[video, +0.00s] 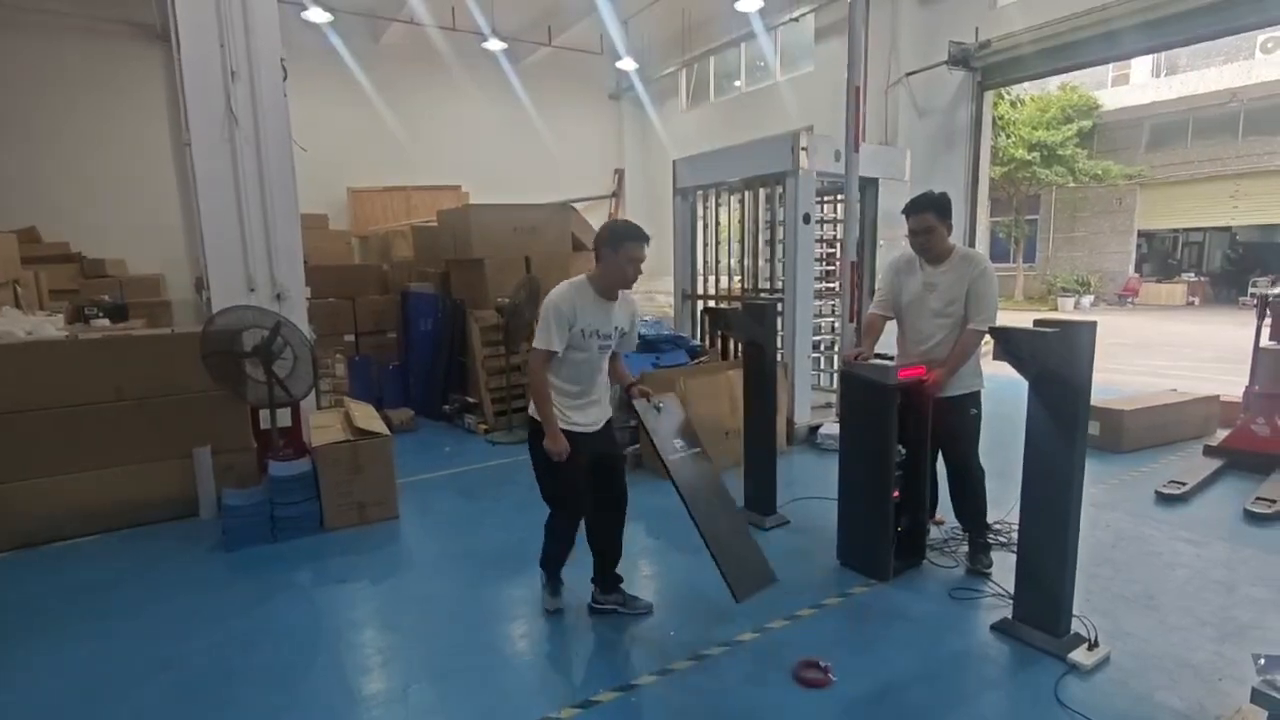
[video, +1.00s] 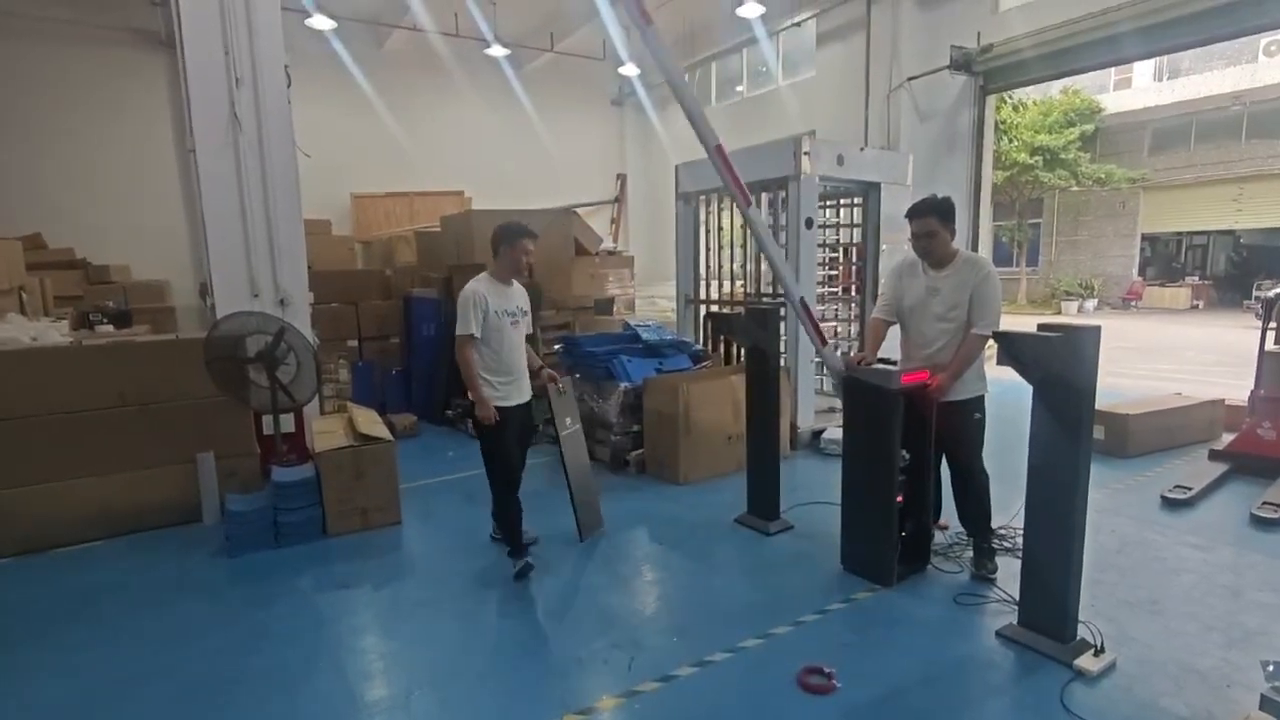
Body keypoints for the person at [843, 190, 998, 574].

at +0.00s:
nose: (917, 242)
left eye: (925, 233)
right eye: (912, 234)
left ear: (948, 228)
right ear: (906, 231)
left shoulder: (976, 267)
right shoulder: (899, 265)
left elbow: (976, 328)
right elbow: (878, 312)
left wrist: (946, 370)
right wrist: (865, 347)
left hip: (959, 388)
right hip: (912, 387)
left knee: (963, 466)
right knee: (915, 467)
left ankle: (977, 540)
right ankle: (911, 543)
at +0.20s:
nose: (917, 242)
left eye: (925, 234)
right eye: (911, 234)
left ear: (948, 229)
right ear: (906, 232)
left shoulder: (975, 268)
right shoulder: (898, 266)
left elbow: (976, 329)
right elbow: (877, 313)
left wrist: (945, 371)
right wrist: (864, 348)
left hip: (958, 389)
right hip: (911, 388)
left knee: (963, 468)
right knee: (914, 469)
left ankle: (977, 540)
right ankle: (911, 544)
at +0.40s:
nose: (917, 243)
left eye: (924, 235)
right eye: (911, 235)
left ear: (948, 229)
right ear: (906, 233)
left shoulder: (976, 269)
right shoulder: (899, 267)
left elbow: (976, 329)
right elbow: (877, 314)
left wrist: (945, 372)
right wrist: (865, 348)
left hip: (959, 391)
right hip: (911, 389)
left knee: (964, 470)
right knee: (914, 471)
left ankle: (977, 542)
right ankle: (910, 547)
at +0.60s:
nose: (917, 244)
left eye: (925, 236)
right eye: (911, 236)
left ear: (948, 231)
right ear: (906, 233)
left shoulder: (976, 269)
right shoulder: (899, 268)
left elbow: (977, 330)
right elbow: (878, 315)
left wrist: (945, 373)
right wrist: (865, 349)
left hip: (959, 391)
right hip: (912, 389)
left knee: (964, 470)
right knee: (915, 471)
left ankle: (978, 542)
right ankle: (911, 547)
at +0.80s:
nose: (917, 244)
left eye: (925, 236)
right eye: (912, 236)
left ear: (949, 232)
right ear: (908, 234)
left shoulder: (978, 270)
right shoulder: (901, 268)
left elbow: (978, 331)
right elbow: (879, 314)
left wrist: (947, 373)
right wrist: (867, 350)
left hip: (960, 392)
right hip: (913, 391)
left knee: (966, 472)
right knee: (915, 472)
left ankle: (979, 543)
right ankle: (912, 548)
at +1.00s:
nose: (919, 245)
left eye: (927, 237)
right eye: (914, 237)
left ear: (951, 233)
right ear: (909, 235)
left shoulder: (979, 271)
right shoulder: (902, 270)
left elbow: (980, 332)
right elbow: (881, 316)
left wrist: (950, 374)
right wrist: (868, 351)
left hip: (962, 392)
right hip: (915, 390)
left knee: (967, 471)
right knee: (918, 472)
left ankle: (982, 544)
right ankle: (915, 549)